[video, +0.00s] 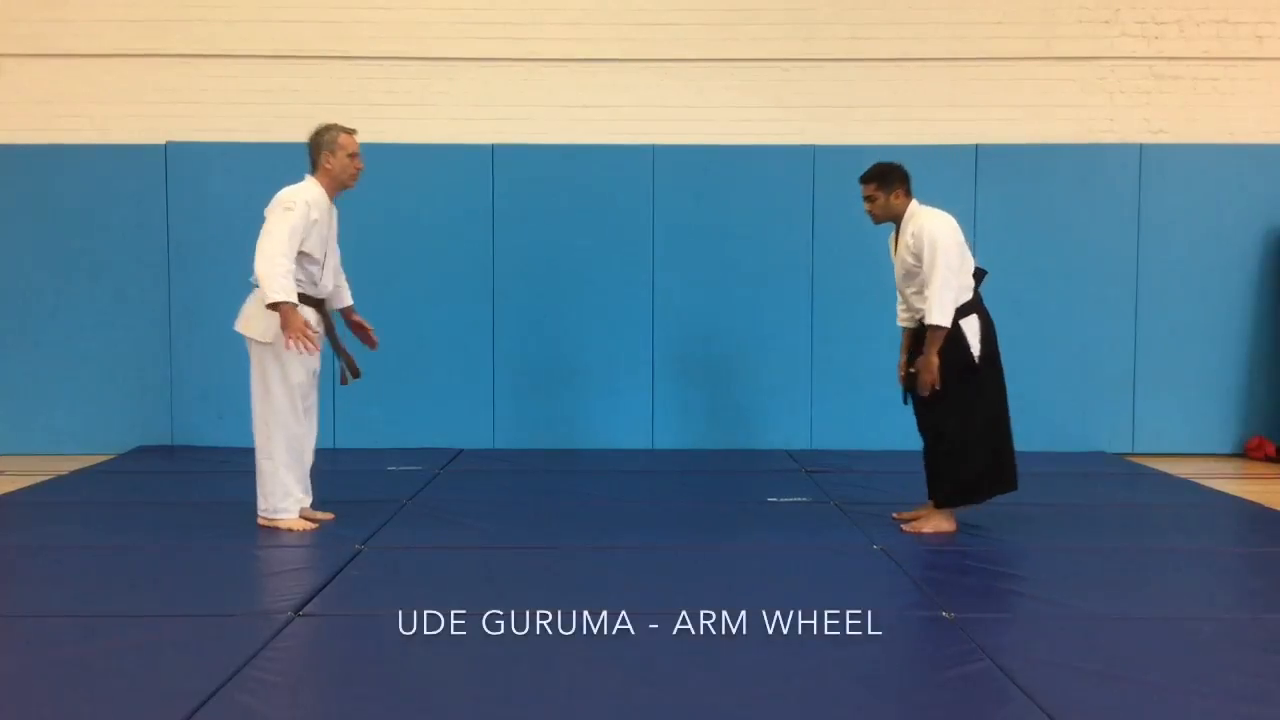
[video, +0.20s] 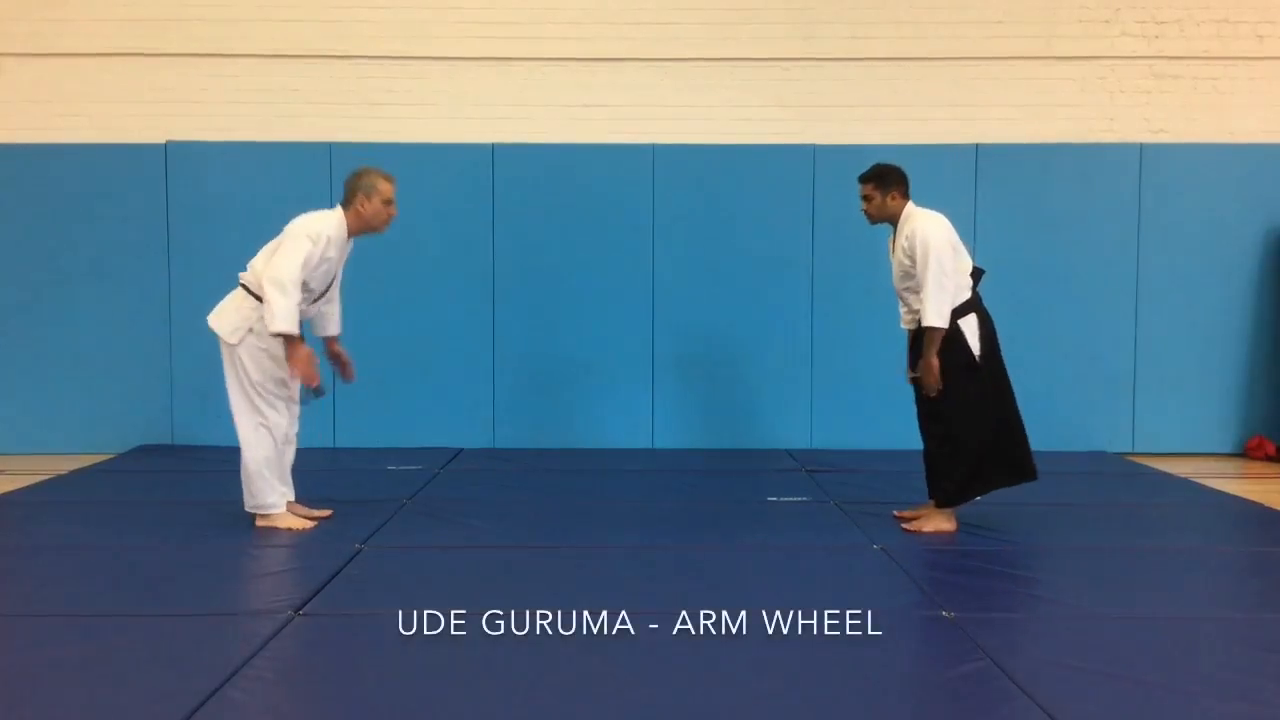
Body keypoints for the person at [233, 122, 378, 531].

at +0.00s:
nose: (360, 164)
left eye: (359, 156)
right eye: (352, 156)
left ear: (335, 161)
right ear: (327, 160)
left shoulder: (325, 207)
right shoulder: (297, 201)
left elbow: (330, 269)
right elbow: (272, 256)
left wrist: (349, 314)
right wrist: (288, 311)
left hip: (306, 318)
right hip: (281, 318)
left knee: (300, 412)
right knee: (280, 413)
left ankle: (295, 502)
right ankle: (274, 508)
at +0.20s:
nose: (394, 213)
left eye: (394, 204)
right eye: (388, 204)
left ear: (364, 204)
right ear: (361, 203)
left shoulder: (339, 239)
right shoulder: (314, 229)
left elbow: (325, 294)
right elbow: (280, 281)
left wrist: (332, 343)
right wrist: (293, 346)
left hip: (279, 324)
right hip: (252, 323)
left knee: (286, 412)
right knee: (266, 415)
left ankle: (283, 500)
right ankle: (267, 509)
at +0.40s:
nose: (391, 205)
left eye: (392, 196)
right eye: (385, 196)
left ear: (363, 197)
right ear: (359, 195)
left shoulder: (351, 238)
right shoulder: (308, 226)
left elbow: (332, 293)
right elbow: (276, 283)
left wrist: (326, 344)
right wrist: (277, 345)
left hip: (298, 328)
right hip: (263, 327)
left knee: (303, 412)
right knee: (286, 412)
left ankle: (288, 498)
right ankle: (277, 503)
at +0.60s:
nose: (378, 185)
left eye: (379, 177)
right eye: (372, 176)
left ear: (351, 176)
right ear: (345, 174)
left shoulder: (357, 220)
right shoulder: (304, 216)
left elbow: (370, 273)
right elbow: (319, 283)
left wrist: (412, 289)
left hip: (326, 329)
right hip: (288, 327)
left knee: (344, 411)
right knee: (297, 415)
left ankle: (302, 495)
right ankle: (292, 506)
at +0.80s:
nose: (391, 187)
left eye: (392, 179)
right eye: (385, 179)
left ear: (364, 179)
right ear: (358, 177)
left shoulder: (381, 220)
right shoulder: (322, 215)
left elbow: (415, 265)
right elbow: (350, 265)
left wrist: (434, 244)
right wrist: (399, 236)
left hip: (358, 332)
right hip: (316, 330)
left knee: (402, 402)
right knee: (316, 417)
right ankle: (296, 509)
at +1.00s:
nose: (440, 193)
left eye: (441, 184)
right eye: (434, 184)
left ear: (420, 185)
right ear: (408, 183)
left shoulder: (435, 229)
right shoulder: (363, 220)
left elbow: (470, 256)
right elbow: (323, 258)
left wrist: (483, 218)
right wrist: (375, 240)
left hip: (407, 339)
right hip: (362, 336)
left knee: (453, 403)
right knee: (345, 426)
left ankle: (479, 491)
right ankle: (303, 510)